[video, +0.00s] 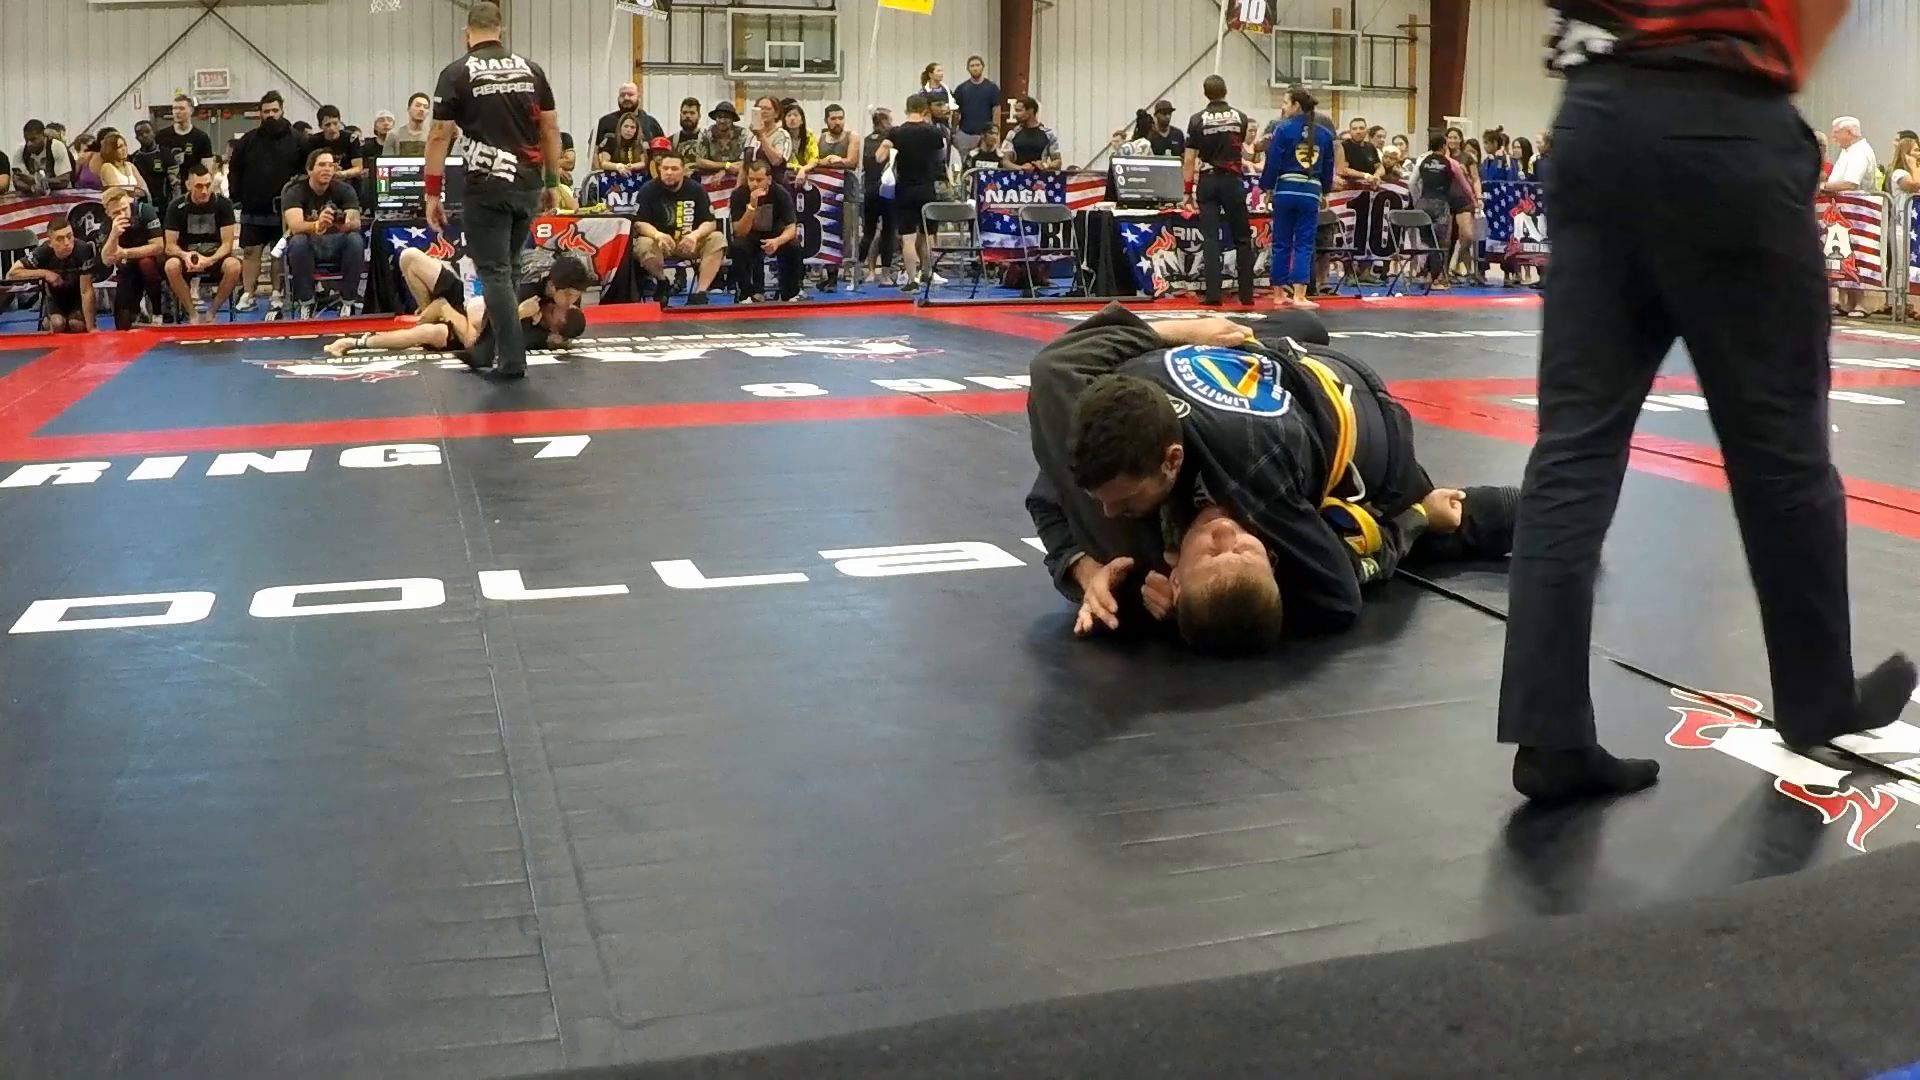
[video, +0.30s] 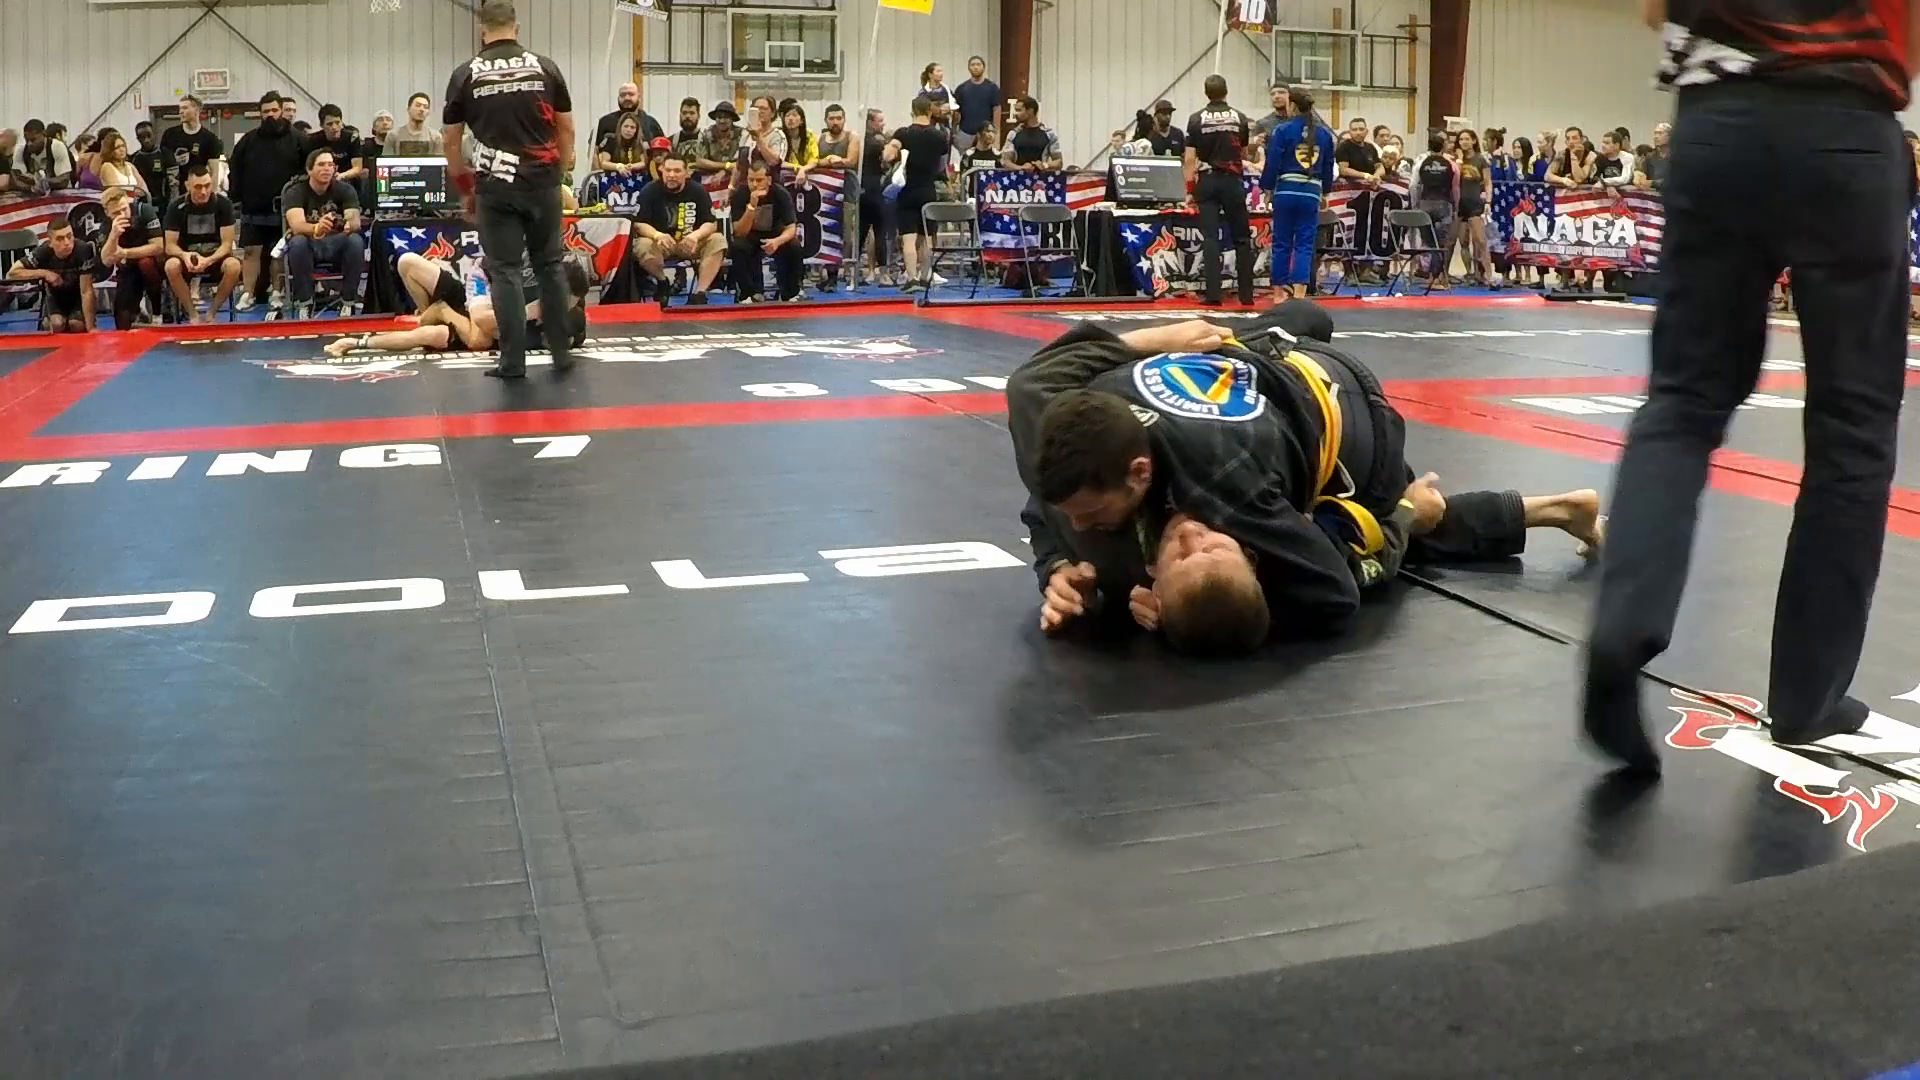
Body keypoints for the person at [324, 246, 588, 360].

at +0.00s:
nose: (575, 302)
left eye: (579, 297)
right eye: (571, 295)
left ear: (580, 292)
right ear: (553, 287)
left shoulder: (564, 315)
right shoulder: (530, 292)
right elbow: (485, 317)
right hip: (473, 302)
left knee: (432, 333)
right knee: (409, 257)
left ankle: (356, 343)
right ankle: (428, 319)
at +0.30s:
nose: (555, 291)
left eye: (562, 287)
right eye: (556, 283)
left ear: (570, 292)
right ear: (555, 282)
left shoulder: (571, 321)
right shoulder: (543, 292)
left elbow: (483, 341)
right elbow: (483, 311)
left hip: (472, 335)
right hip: (470, 306)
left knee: (432, 335)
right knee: (407, 261)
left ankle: (357, 344)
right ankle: (428, 322)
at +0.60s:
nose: (563, 306)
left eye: (566, 301)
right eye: (559, 299)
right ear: (544, 294)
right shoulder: (522, 306)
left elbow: (474, 342)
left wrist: (450, 311)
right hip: (470, 300)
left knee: (430, 331)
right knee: (410, 257)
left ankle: (356, 343)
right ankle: (425, 317)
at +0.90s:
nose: (551, 311)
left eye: (556, 312)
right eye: (554, 308)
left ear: (561, 326)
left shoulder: (547, 337)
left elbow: (474, 340)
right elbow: (481, 323)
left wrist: (450, 311)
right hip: (476, 291)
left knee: (430, 331)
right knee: (412, 255)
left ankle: (357, 343)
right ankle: (426, 317)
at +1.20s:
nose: (533, 311)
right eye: (536, 306)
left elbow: (476, 338)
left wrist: (450, 312)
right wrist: (517, 316)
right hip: (478, 282)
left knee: (427, 333)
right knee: (414, 256)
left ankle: (356, 343)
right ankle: (424, 314)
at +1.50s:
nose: (555, 311)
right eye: (557, 307)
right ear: (555, 302)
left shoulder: (533, 330)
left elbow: (477, 337)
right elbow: (480, 318)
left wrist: (449, 312)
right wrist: (519, 311)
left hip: (470, 326)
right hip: (475, 287)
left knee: (429, 334)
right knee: (414, 259)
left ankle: (355, 343)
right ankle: (423, 319)